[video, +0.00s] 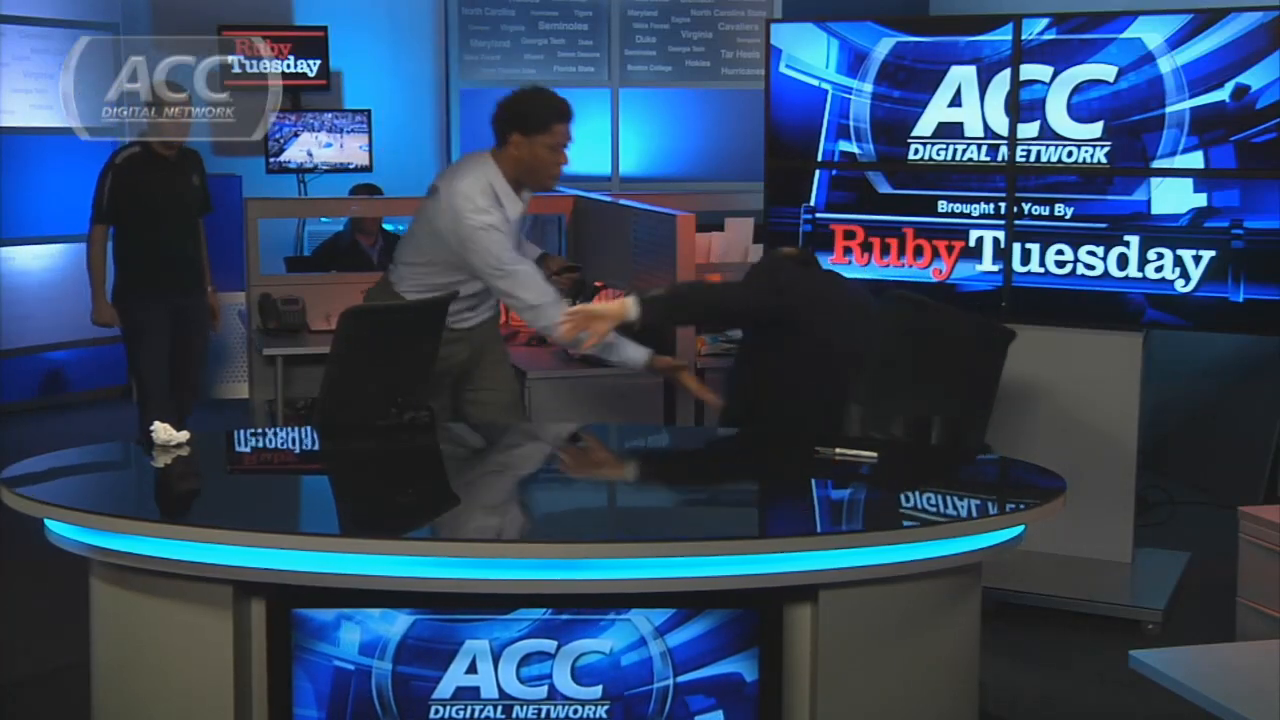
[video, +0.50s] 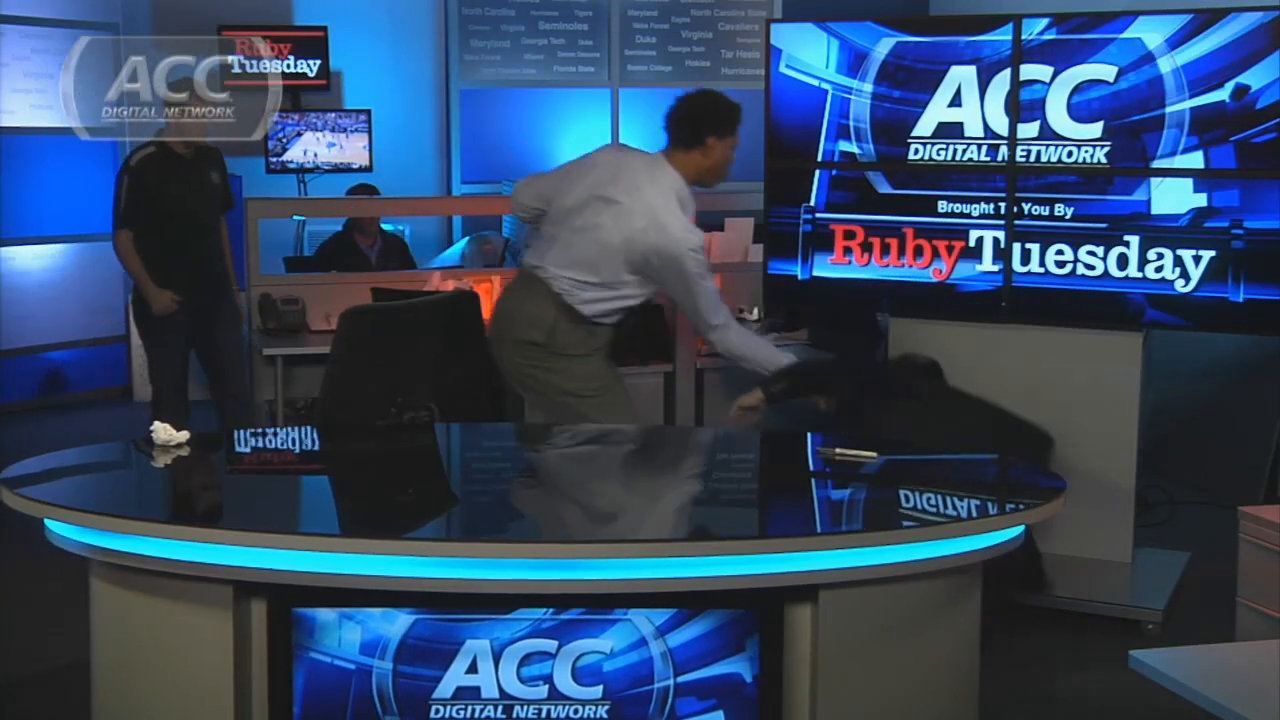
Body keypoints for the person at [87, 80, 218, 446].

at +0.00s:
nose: (180, 122)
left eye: (185, 114)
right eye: (172, 114)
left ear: (190, 117)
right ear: (153, 116)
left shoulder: (191, 161)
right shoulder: (122, 163)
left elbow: (197, 229)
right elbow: (98, 234)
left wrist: (208, 289)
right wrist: (100, 299)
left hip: (188, 291)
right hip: (141, 292)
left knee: (187, 382)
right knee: (152, 386)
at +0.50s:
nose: (202, 121)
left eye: (204, 112)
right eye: (194, 112)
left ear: (208, 115)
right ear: (174, 115)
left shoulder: (212, 159)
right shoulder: (140, 164)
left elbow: (219, 226)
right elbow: (123, 239)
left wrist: (232, 286)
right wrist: (151, 291)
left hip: (213, 294)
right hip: (163, 299)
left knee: (232, 390)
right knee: (170, 397)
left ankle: (242, 470)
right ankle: (173, 480)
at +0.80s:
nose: (250, 132)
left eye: (254, 123)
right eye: (243, 122)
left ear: (258, 121)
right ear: (218, 117)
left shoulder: (247, 164)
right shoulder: (180, 168)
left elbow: (250, 231)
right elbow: (161, 240)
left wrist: (258, 282)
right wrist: (195, 294)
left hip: (245, 300)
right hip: (196, 305)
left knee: (263, 397)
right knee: (190, 403)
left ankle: (261, 474)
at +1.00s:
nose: (290, 131)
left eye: (293, 123)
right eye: (283, 122)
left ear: (289, 125)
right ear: (259, 120)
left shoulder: (279, 165)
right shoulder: (217, 165)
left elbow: (276, 236)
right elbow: (191, 239)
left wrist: (285, 293)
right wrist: (225, 296)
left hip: (276, 304)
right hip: (231, 306)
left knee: (280, 396)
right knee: (230, 398)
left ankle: (276, 474)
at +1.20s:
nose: (318, 132)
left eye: (321, 124)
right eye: (311, 123)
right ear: (285, 120)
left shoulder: (307, 168)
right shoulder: (243, 164)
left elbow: (308, 239)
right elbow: (213, 238)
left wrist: (316, 292)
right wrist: (230, 303)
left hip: (300, 299)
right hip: (258, 302)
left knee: (301, 397)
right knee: (280, 399)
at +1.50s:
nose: (361, 141)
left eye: (363, 133)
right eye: (354, 132)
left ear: (331, 131)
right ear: (326, 129)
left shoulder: (344, 177)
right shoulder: (284, 175)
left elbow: (346, 250)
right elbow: (252, 246)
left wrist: (367, 307)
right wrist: (251, 319)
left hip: (335, 309)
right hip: (294, 310)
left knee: (335, 403)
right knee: (308, 404)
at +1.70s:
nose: (392, 140)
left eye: (393, 132)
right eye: (384, 132)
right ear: (357, 130)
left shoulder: (374, 172)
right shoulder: (314, 176)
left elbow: (377, 250)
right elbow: (286, 254)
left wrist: (394, 309)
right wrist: (295, 328)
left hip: (370, 319)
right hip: (326, 321)